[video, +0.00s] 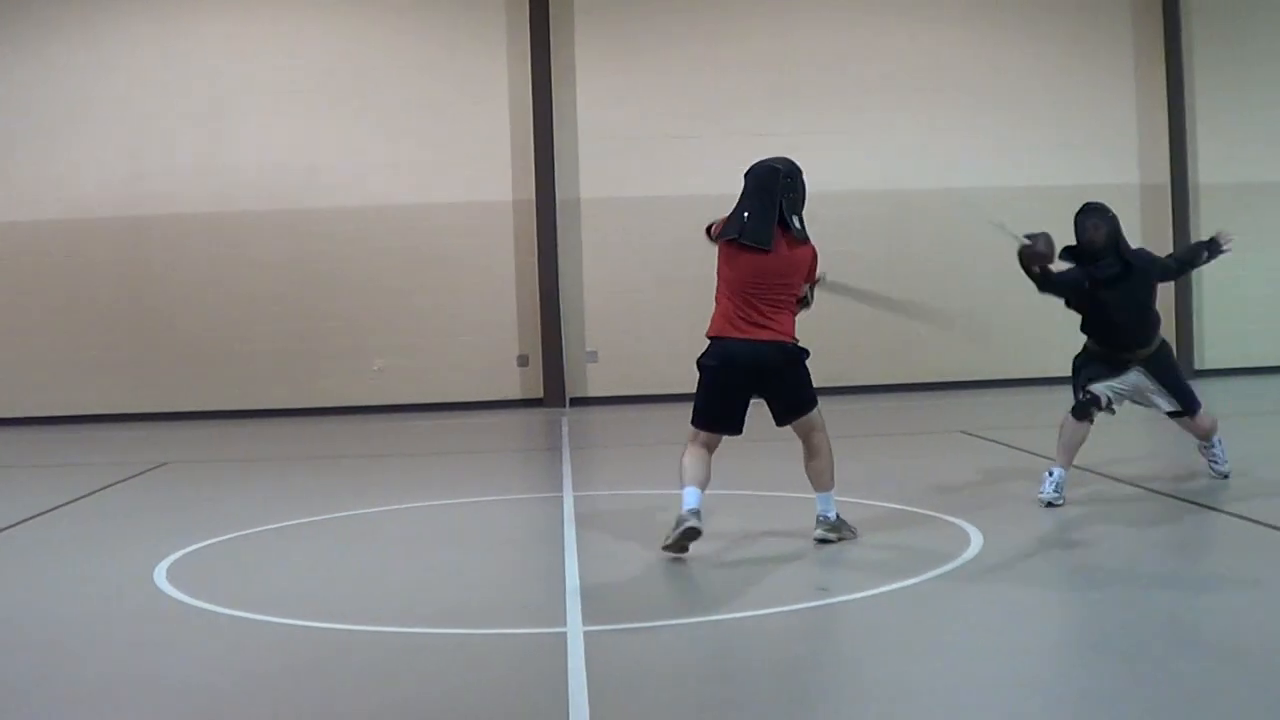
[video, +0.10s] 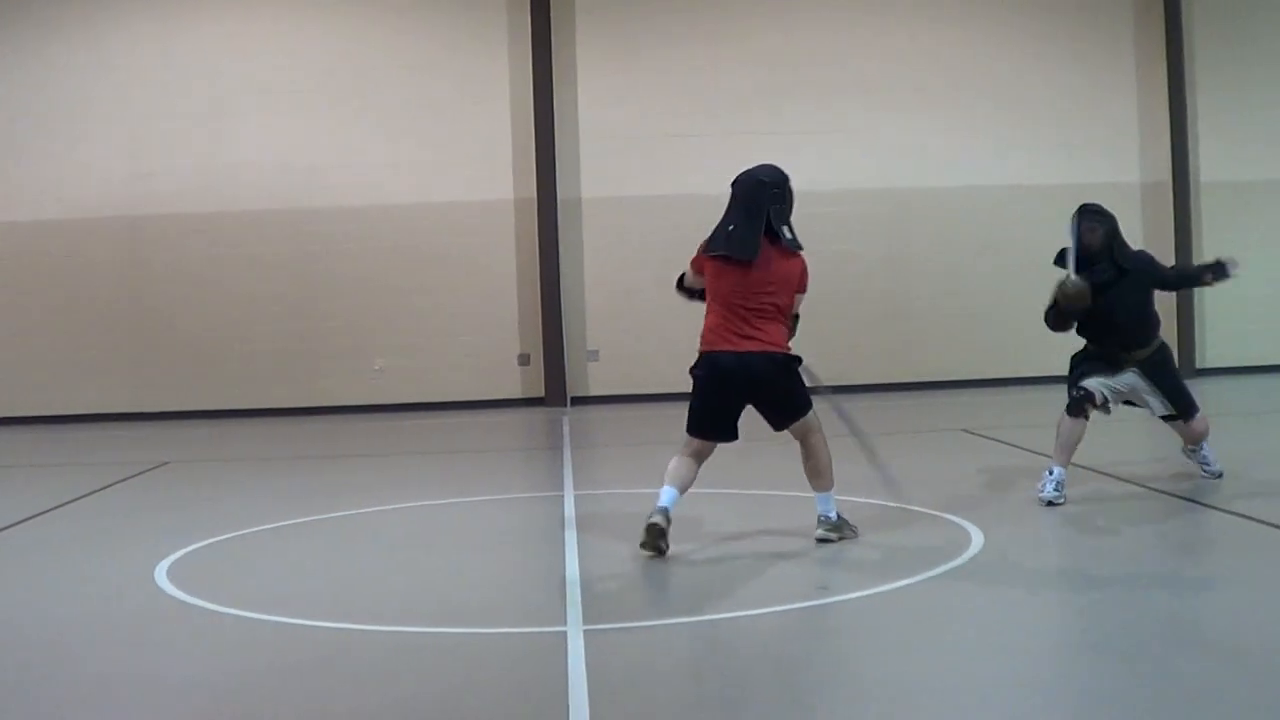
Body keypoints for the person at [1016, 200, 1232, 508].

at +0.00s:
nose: (1090, 235)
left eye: (1096, 227)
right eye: (1084, 229)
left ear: (1112, 229)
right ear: (1077, 236)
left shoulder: (1141, 264)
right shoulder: (1079, 277)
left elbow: (1176, 265)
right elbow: (1046, 283)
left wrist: (1208, 248)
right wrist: (1032, 263)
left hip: (1150, 356)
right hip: (1101, 359)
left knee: (1200, 425)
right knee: (1085, 406)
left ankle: (1211, 445)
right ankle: (1057, 476)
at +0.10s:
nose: (1090, 235)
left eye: (1096, 228)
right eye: (1084, 229)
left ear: (1110, 231)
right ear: (1076, 234)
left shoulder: (1136, 263)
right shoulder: (1075, 274)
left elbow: (1171, 279)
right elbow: (1055, 324)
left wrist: (1209, 273)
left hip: (1148, 356)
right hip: (1099, 357)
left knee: (1195, 428)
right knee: (1079, 401)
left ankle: (1196, 450)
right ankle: (1056, 475)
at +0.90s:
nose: (1106, 200)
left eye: (1113, 193)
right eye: (1102, 195)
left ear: (1132, 196)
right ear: (1099, 202)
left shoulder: (1165, 238)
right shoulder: (1099, 250)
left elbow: (1204, 266)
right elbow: (1068, 291)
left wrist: (1223, 248)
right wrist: (1025, 276)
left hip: (1167, 334)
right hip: (1118, 336)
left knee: (1191, 404)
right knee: (1091, 399)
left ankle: (1179, 458)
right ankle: (1063, 468)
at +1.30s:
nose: (1068, 191)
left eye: (1075, 184)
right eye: (1064, 185)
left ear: (1094, 185)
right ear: (1059, 191)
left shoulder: (1125, 226)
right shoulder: (1056, 238)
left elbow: (1157, 257)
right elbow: (1028, 280)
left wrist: (1176, 257)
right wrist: (988, 265)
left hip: (1127, 320)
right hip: (1078, 325)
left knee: (1155, 396)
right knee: (1065, 397)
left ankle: (1127, 454)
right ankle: (1049, 473)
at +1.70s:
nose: (1061, 188)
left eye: (1068, 181)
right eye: (1056, 182)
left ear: (1085, 183)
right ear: (1049, 186)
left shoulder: (1115, 221)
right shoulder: (1047, 233)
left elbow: (1147, 245)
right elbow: (1020, 276)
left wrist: (1147, 290)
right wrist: (986, 261)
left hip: (1112, 320)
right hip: (1066, 321)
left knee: (1121, 398)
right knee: (1048, 388)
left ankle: (1094, 463)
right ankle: (1031, 465)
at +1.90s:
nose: (1035, 188)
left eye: (1042, 182)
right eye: (1030, 182)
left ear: (1058, 184)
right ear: (1022, 188)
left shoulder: (1083, 226)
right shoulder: (1016, 235)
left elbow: (1112, 253)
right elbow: (986, 277)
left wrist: (1108, 293)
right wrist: (955, 259)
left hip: (1080, 323)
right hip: (1034, 326)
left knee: (1094, 397)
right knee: (1025, 399)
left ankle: (1069, 465)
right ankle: (1004, 475)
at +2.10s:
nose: (1000, 185)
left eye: (1006, 178)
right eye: (994, 179)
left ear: (1020, 183)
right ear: (984, 186)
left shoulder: (1042, 228)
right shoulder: (975, 234)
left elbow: (1064, 257)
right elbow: (947, 277)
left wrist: (1059, 299)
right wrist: (921, 261)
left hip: (1035, 324)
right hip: (990, 327)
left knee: (1051, 396)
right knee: (988, 401)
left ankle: (1041, 465)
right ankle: (977, 478)